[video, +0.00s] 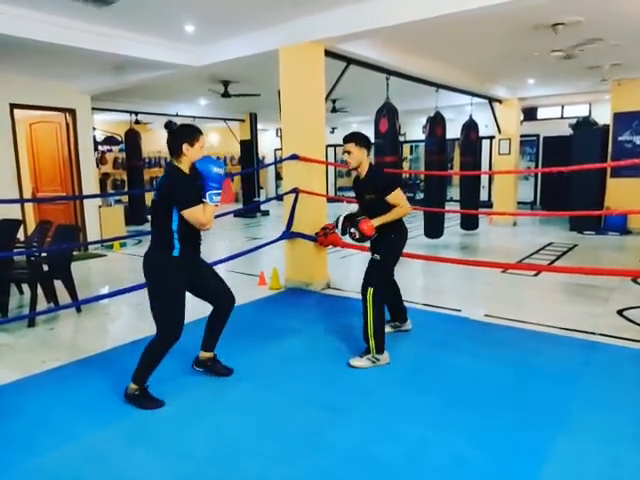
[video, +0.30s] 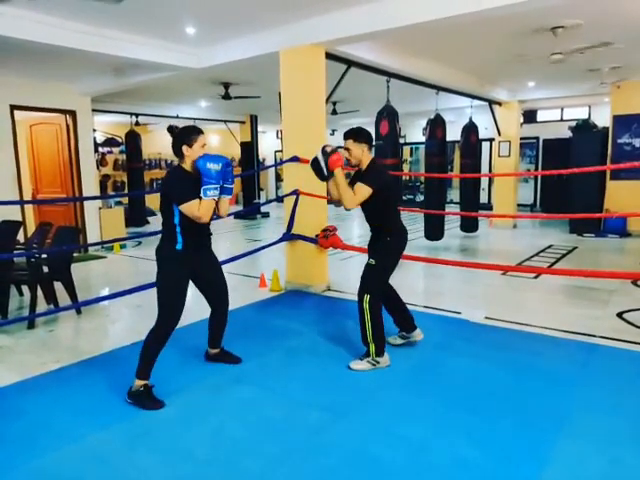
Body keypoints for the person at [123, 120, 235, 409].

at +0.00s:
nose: (204, 151)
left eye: (203, 146)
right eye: (200, 146)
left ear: (183, 149)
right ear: (186, 148)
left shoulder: (189, 177)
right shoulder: (175, 180)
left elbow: (203, 216)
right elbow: (205, 221)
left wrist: (205, 214)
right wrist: (212, 191)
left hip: (187, 260)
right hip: (164, 263)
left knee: (225, 301)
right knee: (170, 331)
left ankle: (206, 357)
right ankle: (136, 387)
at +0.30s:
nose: (206, 151)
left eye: (206, 146)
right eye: (202, 146)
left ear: (193, 149)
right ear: (186, 149)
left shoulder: (201, 176)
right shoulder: (174, 180)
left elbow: (223, 210)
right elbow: (202, 215)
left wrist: (227, 179)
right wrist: (213, 182)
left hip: (200, 253)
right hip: (174, 257)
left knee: (220, 301)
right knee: (167, 320)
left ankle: (214, 349)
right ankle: (139, 385)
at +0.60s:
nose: (202, 157)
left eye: (202, 152)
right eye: (198, 152)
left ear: (196, 154)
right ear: (181, 154)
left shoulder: (203, 179)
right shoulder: (169, 185)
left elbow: (227, 206)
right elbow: (187, 222)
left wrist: (234, 185)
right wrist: (198, 190)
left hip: (207, 253)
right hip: (179, 258)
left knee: (242, 292)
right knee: (177, 316)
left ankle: (231, 338)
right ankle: (155, 360)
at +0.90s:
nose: (235, 151)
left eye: (235, 145)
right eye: (228, 147)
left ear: (237, 147)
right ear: (212, 152)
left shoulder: (241, 174)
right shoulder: (202, 178)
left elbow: (269, 188)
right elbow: (215, 212)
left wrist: (278, 172)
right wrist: (227, 183)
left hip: (235, 247)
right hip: (207, 250)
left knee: (256, 295)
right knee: (192, 304)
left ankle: (264, 335)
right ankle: (166, 353)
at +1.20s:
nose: (242, 169)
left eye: (241, 165)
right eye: (239, 165)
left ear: (224, 168)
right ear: (226, 168)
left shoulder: (209, 191)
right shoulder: (238, 189)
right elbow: (253, 222)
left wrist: (249, 210)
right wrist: (256, 204)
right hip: (228, 262)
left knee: (268, 293)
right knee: (229, 316)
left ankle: (265, 338)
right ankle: (188, 339)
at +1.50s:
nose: (243, 159)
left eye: (242, 155)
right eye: (238, 155)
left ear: (237, 159)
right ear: (224, 159)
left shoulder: (246, 180)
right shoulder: (210, 188)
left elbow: (276, 192)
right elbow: (227, 220)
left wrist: (285, 171)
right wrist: (237, 190)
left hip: (243, 250)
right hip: (217, 254)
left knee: (277, 290)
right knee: (214, 308)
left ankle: (272, 333)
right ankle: (186, 343)